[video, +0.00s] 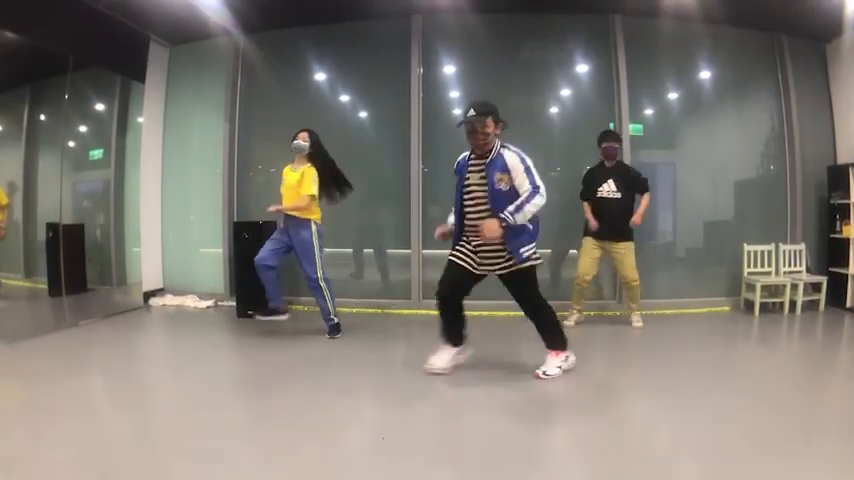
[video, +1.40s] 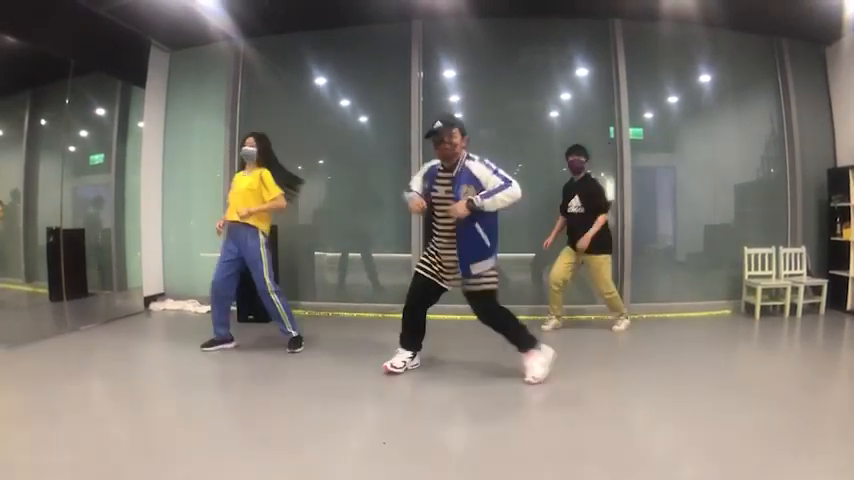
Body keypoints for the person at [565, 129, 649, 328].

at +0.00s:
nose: (611, 152)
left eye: (614, 148)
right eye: (607, 148)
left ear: (620, 149)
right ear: (600, 149)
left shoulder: (629, 173)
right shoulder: (592, 174)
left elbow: (645, 193)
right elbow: (585, 199)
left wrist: (639, 214)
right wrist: (590, 218)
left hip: (621, 237)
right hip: (594, 236)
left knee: (631, 279)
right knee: (582, 277)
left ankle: (635, 312)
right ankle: (577, 311)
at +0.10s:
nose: (599, 154)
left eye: (603, 151)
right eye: (596, 151)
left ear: (610, 151)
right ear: (590, 152)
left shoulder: (620, 176)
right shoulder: (588, 177)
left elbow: (637, 198)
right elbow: (585, 203)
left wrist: (628, 225)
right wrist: (580, 224)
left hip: (618, 240)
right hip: (593, 238)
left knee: (629, 279)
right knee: (576, 273)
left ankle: (641, 312)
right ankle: (576, 312)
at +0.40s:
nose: (585, 153)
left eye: (588, 150)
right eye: (581, 150)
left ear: (594, 150)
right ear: (575, 151)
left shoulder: (602, 173)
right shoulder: (566, 175)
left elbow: (612, 198)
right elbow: (556, 197)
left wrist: (605, 214)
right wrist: (554, 217)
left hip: (600, 237)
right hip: (574, 237)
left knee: (611, 277)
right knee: (568, 278)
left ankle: (619, 311)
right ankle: (566, 313)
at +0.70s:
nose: (601, 154)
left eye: (604, 150)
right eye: (596, 150)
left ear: (608, 152)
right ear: (588, 152)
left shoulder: (605, 177)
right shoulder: (581, 173)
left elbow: (600, 208)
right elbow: (568, 201)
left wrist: (609, 228)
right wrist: (579, 226)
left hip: (599, 238)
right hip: (577, 237)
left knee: (609, 276)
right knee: (566, 279)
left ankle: (603, 315)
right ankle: (545, 311)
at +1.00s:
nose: (606, 154)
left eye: (609, 151)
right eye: (601, 151)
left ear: (613, 152)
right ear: (594, 153)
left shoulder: (616, 179)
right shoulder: (585, 175)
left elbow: (623, 199)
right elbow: (572, 201)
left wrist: (627, 211)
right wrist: (580, 225)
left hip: (606, 238)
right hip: (582, 238)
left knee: (612, 278)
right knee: (571, 280)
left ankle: (603, 315)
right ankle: (554, 312)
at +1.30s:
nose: (586, 155)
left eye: (589, 151)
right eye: (582, 152)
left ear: (596, 152)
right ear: (576, 154)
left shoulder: (604, 176)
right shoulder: (573, 178)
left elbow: (621, 200)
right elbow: (568, 203)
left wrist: (605, 212)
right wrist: (558, 222)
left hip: (601, 242)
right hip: (575, 239)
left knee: (608, 283)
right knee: (561, 276)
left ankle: (618, 315)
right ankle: (558, 315)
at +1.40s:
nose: (575, 164)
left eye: (579, 160)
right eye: (572, 161)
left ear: (586, 162)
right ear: (567, 163)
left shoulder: (593, 186)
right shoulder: (568, 187)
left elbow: (603, 215)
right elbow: (564, 215)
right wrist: (552, 236)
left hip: (597, 247)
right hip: (574, 245)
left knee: (605, 287)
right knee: (555, 279)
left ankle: (622, 316)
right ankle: (555, 317)